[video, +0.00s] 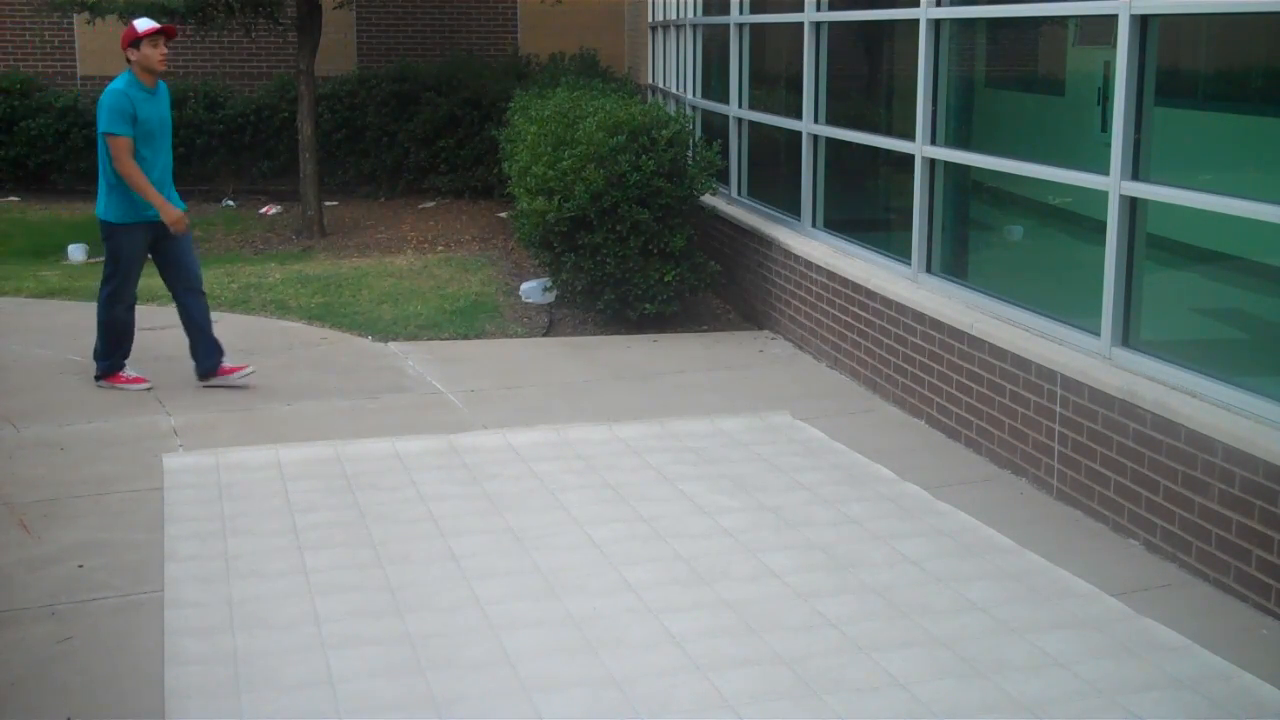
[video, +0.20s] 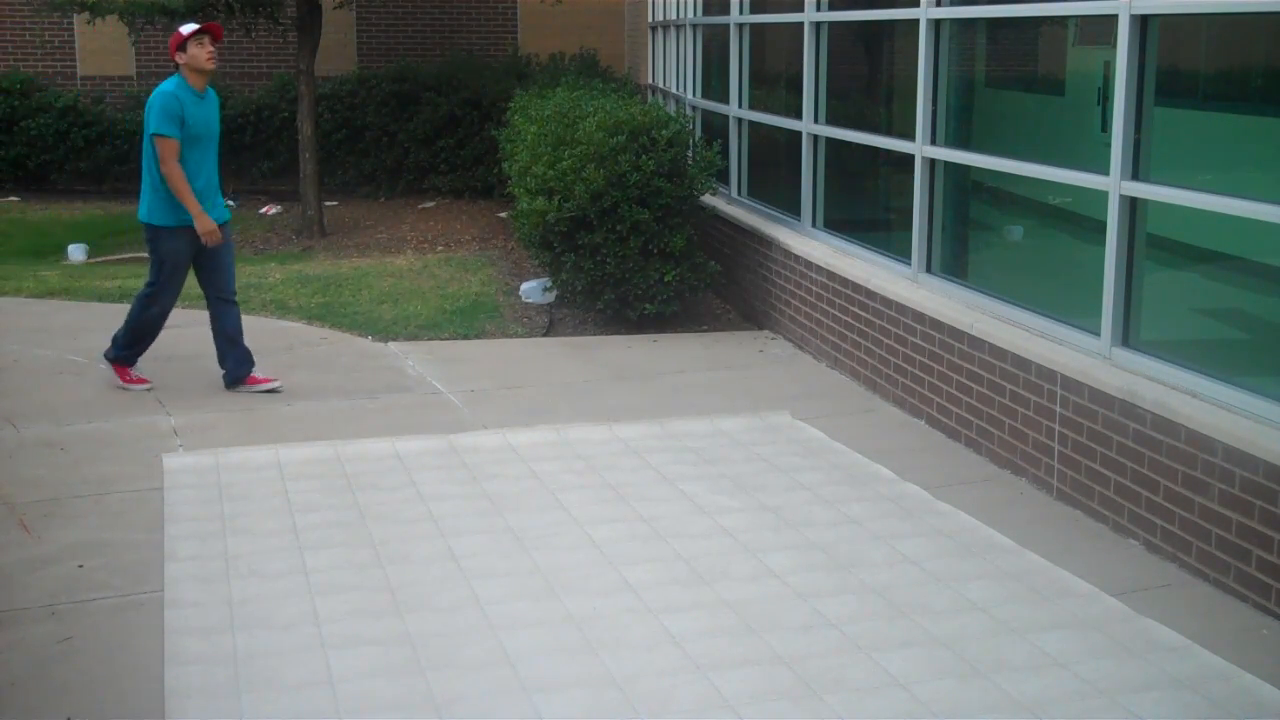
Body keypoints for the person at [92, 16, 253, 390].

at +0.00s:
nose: (164, 50)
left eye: (164, 44)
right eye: (154, 45)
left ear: (165, 49)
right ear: (132, 53)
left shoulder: (160, 89)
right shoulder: (117, 97)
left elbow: (156, 151)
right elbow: (121, 162)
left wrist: (167, 200)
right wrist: (163, 206)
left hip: (165, 209)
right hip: (125, 215)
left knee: (189, 287)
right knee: (119, 294)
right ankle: (109, 368)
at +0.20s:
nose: (210, 50)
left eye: (212, 45)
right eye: (200, 46)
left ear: (214, 54)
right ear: (180, 56)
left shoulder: (210, 97)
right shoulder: (166, 98)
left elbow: (204, 159)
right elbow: (167, 164)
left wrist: (214, 207)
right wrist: (198, 215)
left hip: (211, 214)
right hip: (170, 219)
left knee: (224, 297)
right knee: (160, 295)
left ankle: (238, 373)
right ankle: (120, 357)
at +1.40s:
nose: (481, 87)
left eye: (486, 80)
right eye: (478, 77)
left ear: (467, 71)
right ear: (456, 65)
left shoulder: (462, 104)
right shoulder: (420, 102)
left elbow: (451, 166)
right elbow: (411, 168)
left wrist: (464, 217)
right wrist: (437, 225)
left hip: (462, 222)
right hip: (421, 225)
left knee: (477, 307)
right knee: (417, 304)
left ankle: (493, 387)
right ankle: (367, 371)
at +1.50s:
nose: (503, 89)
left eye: (508, 83)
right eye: (500, 79)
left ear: (491, 71)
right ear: (479, 64)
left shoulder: (488, 102)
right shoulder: (440, 97)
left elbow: (481, 163)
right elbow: (427, 163)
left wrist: (490, 211)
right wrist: (441, 224)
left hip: (484, 220)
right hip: (448, 221)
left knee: (491, 305)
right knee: (460, 301)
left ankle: (493, 387)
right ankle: (399, 357)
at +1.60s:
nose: (522, 89)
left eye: (527, 83)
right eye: (519, 79)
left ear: (524, 77)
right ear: (499, 63)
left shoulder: (514, 103)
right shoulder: (456, 94)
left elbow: (518, 163)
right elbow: (433, 157)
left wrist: (546, 212)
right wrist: (445, 216)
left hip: (499, 213)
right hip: (460, 212)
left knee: (501, 296)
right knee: (488, 290)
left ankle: (495, 385)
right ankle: (452, 373)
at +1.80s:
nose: (548, 99)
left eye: (553, 94)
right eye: (546, 90)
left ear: (555, 86)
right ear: (528, 72)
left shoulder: (545, 109)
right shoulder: (481, 95)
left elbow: (573, 152)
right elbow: (451, 155)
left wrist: (622, 185)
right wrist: (453, 214)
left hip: (523, 214)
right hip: (485, 211)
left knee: (507, 296)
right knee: (516, 293)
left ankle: (494, 385)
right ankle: (549, 382)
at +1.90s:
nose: (560, 102)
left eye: (566, 97)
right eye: (559, 93)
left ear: (567, 89)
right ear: (542, 73)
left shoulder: (557, 110)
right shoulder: (496, 97)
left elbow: (586, 148)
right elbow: (463, 158)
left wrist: (633, 173)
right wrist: (460, 218)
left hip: (534, 216)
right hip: (497, 213)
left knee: (511, 299)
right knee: (535, 293)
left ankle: (495, 385)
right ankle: (560, 389)